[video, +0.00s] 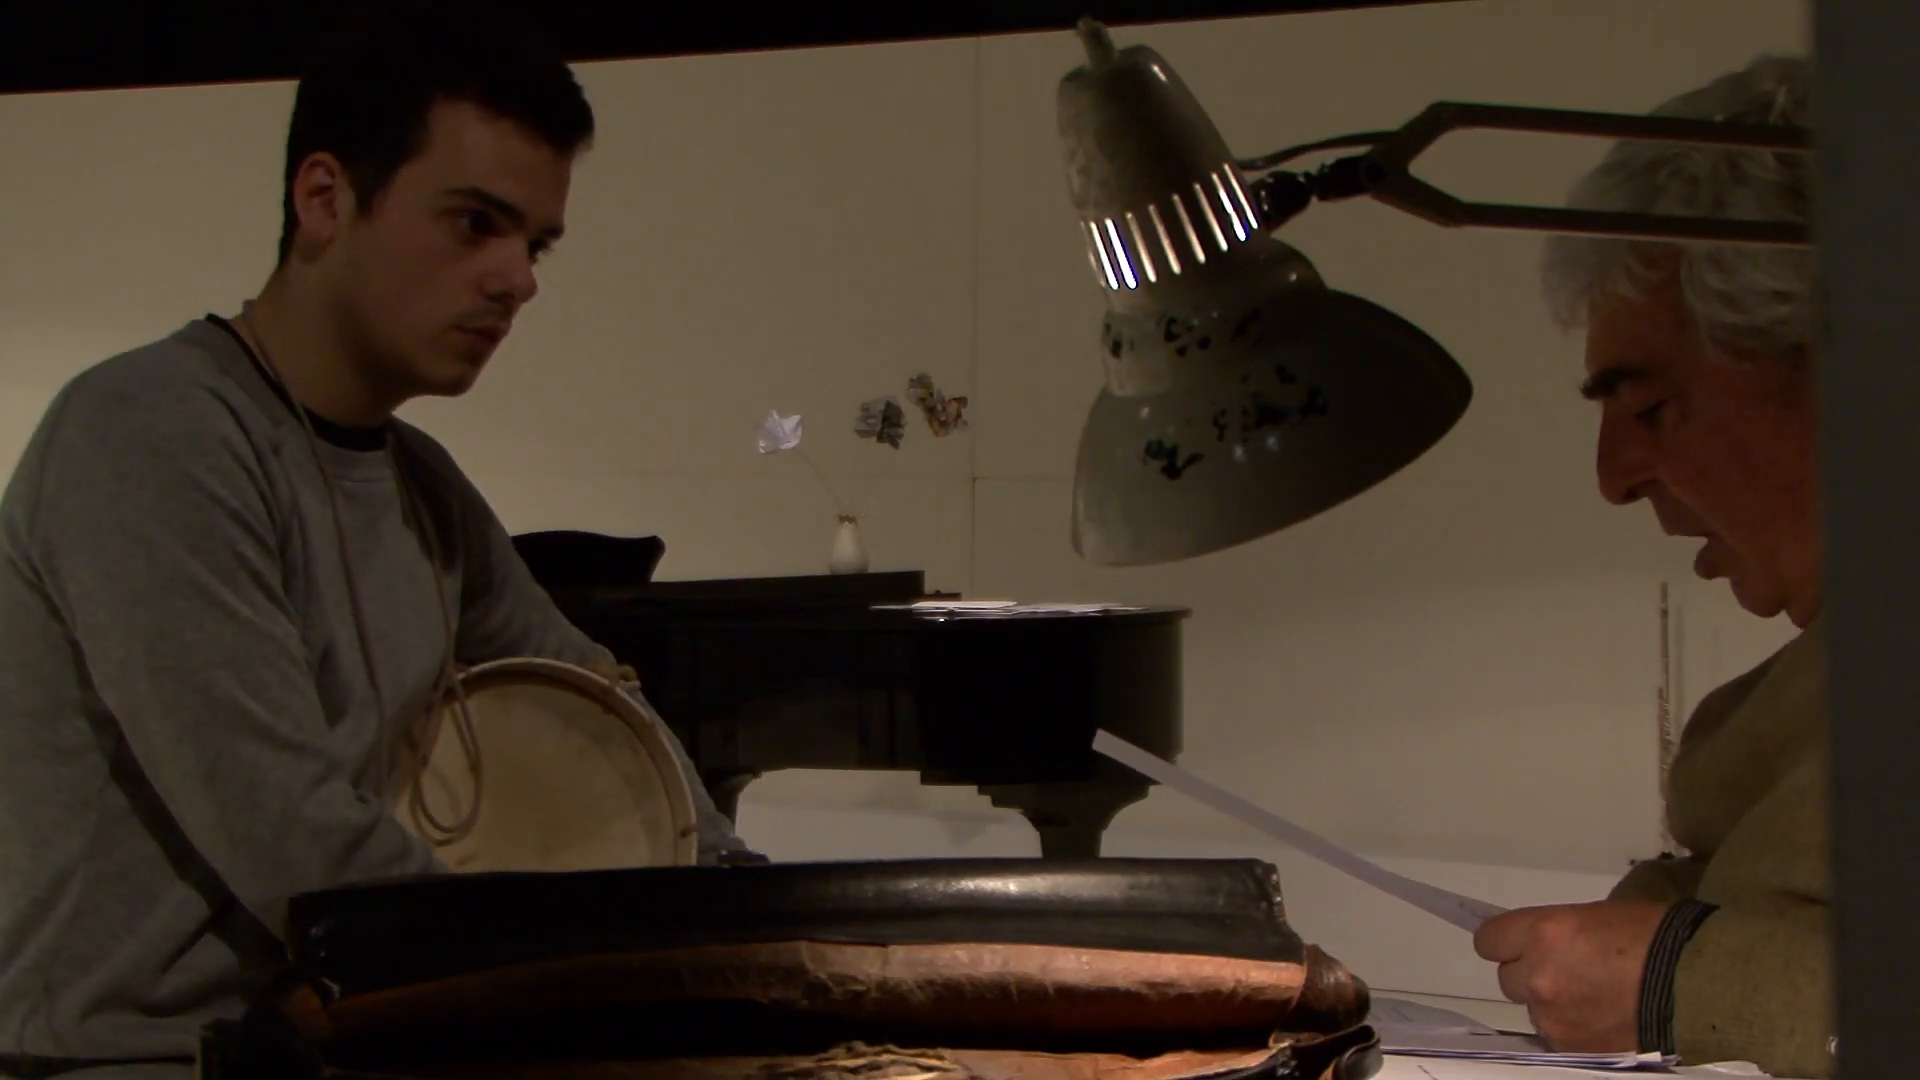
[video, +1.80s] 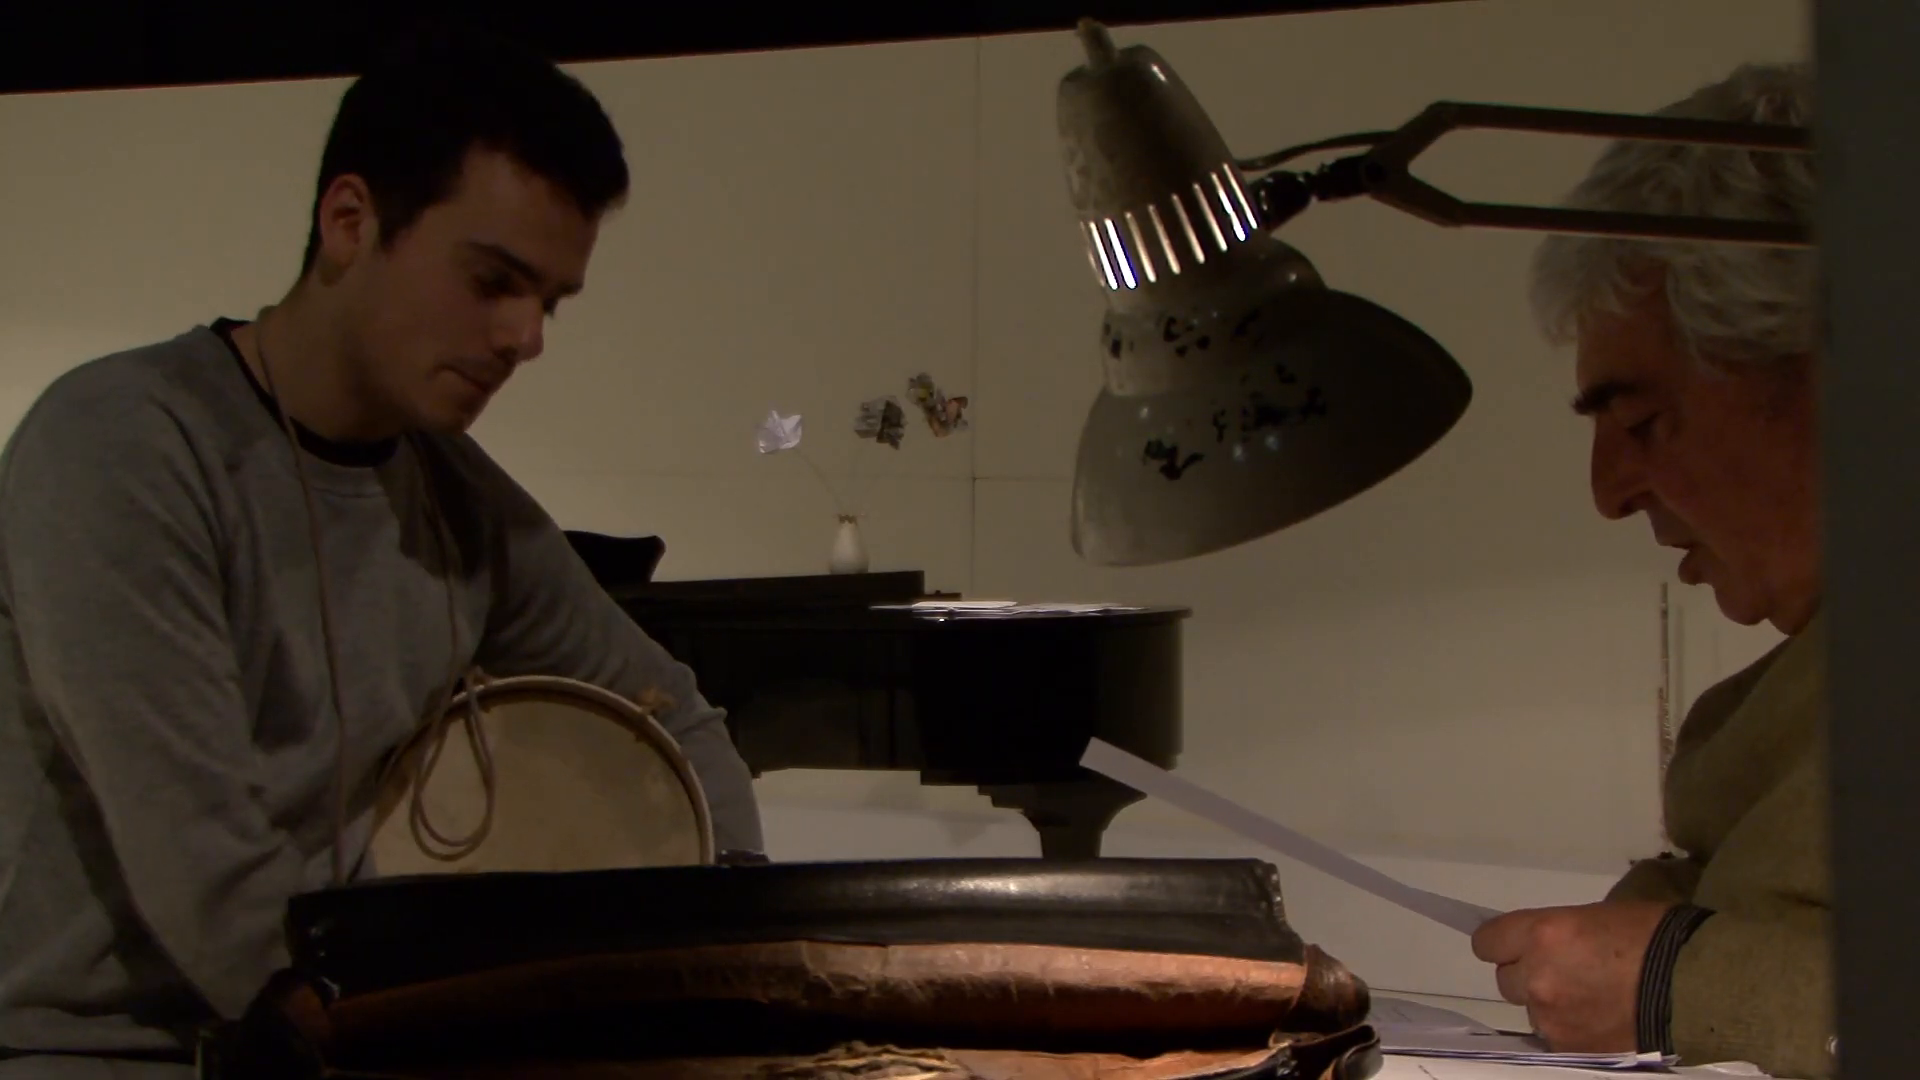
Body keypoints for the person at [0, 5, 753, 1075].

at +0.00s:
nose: (516, 282)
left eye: (536, 247)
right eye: (476, 222)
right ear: (323, 200)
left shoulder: (425, 487)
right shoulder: (142, 435)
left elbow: (595, 720)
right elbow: (300, 854)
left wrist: (746, 912)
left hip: (345, 1037)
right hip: (128, 1057)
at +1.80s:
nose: (523, 338)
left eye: (549, 301)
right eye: (493, 279)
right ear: (349, 224)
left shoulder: (459, 494)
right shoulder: (110, 445)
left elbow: (669, 719)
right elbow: (222, 898)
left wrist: (724, 947)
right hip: (89, 1045)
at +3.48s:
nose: (381, 432)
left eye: (407, 388)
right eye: (345, 379)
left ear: (440, 342)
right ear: (204, 272)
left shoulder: (383, 477)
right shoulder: (21, 467)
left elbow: (512, 695)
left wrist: (716, 822)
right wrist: (212, 946)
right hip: (78, 1051)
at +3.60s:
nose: (485, 459)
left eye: (513, 417)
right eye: (457, 405)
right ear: (319, 289)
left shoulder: (471, 498)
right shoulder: (33, 475)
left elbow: (570, 776)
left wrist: (753, 913)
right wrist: (221, 914)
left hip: (366, 1051)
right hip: (69, 1059)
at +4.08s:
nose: (552, 474)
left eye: (580, 433)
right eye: (529, 415)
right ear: (398, 290)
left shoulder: (510, 502)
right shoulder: (53, 451)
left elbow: (537, 840)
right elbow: (7, 858)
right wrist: (239, 717)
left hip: (375, 1035)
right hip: (90, 1046)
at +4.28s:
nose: (460, 450)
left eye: (491, 410)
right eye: (435, 395)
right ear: (301, 262)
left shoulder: (437, 458)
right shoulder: (25, 432)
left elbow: (485, 806)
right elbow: (11, 849)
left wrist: (549, 995)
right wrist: (214, 647)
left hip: (369, 1019)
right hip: (91, 1044)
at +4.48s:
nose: (371, 553)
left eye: (398, 520)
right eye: (328, 512)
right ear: (233, 393)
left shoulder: (394, 465)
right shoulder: (29, 383)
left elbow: (463, 766)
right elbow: (12, 707)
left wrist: (547, 957)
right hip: (93, 1036)